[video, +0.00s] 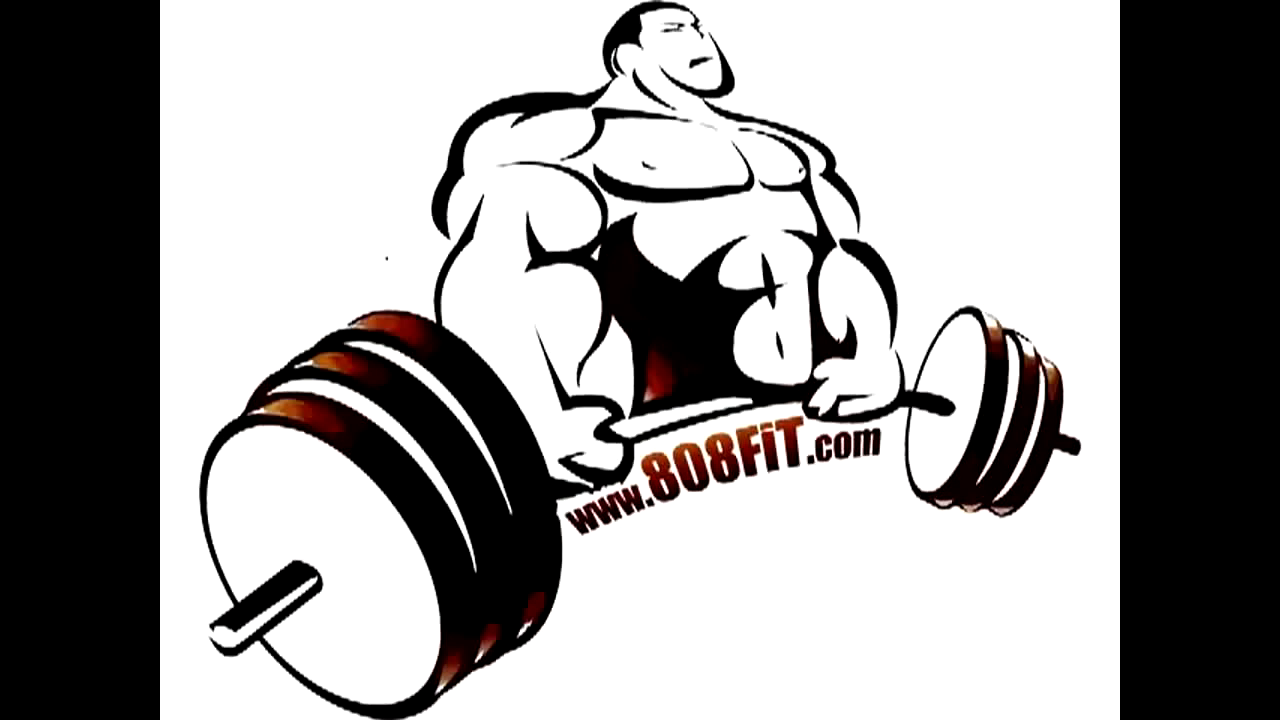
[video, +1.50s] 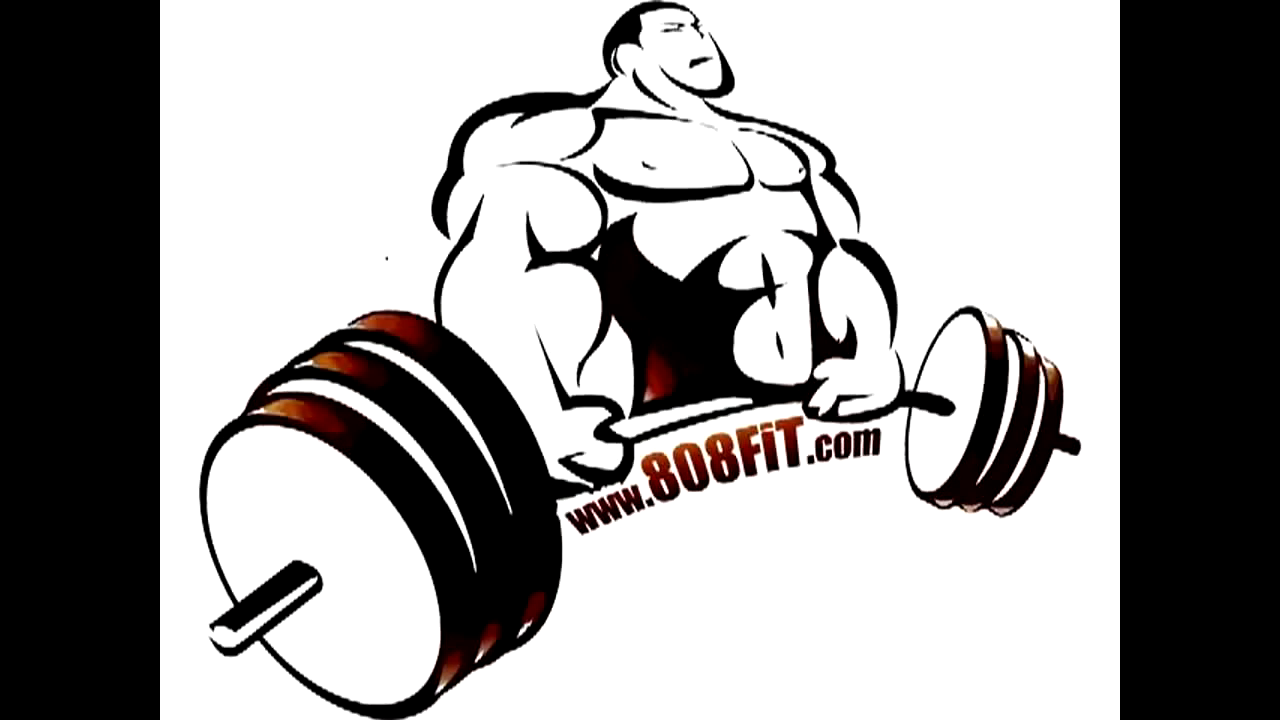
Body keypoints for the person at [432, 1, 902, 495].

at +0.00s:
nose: (702, 40)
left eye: (701, 28)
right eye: (676, 30)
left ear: (713, 45)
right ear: (629, 59)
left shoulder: (775, 145)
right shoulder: (594, 126)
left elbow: (850, 249)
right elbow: (487, 155)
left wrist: (878, 358)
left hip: (747, 330)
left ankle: (870, 369)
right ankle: (577, 429)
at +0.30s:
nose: (702, 40)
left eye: (701, 28)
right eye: (676, 30)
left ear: (713, 45)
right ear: (629, 59)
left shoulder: (775, 145)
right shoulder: (594, 126)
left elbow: (850, 249)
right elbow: (487, 155)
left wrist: (878, 358)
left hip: (747, 330)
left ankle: (870, 369)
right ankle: (577, 429)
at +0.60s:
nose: (702, 40)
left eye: (701, 28)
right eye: (676, 30)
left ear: (713, 45)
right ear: (629, 59)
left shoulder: (775, 145)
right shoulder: (594, 126)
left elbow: (850, 249)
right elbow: (487, 155)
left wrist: (878, 358)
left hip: (747, 330)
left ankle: (870, 369)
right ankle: (577, 429)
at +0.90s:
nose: (702, 40)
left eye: (701, 28)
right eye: (676, 30)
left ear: (713, 45)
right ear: (629, 59)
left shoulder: (775, 145)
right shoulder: (594, 126)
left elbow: (850, 249)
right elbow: (487, 155)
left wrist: (878, 358)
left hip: (747, 330)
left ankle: (870, 369)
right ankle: (577, 429)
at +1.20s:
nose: (702, 40)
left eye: (701, 28)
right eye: (676, 30)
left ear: (713, 45)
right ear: (629, 59)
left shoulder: (775, 145)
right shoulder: (594, 126)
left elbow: (850, 249)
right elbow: (487, 155)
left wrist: (878, 358)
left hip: (747, 330)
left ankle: (870, 369)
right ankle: (577, 429)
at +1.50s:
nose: (702, 40)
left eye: (701, 28)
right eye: (675, 30)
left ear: (713, 45)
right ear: (628, 59)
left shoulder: (776, 145)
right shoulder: (593, 126)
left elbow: (850, 250)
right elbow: (487, 155)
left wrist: (878, 358)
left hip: (747, 331)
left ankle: (870, 369)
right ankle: (577, 429)